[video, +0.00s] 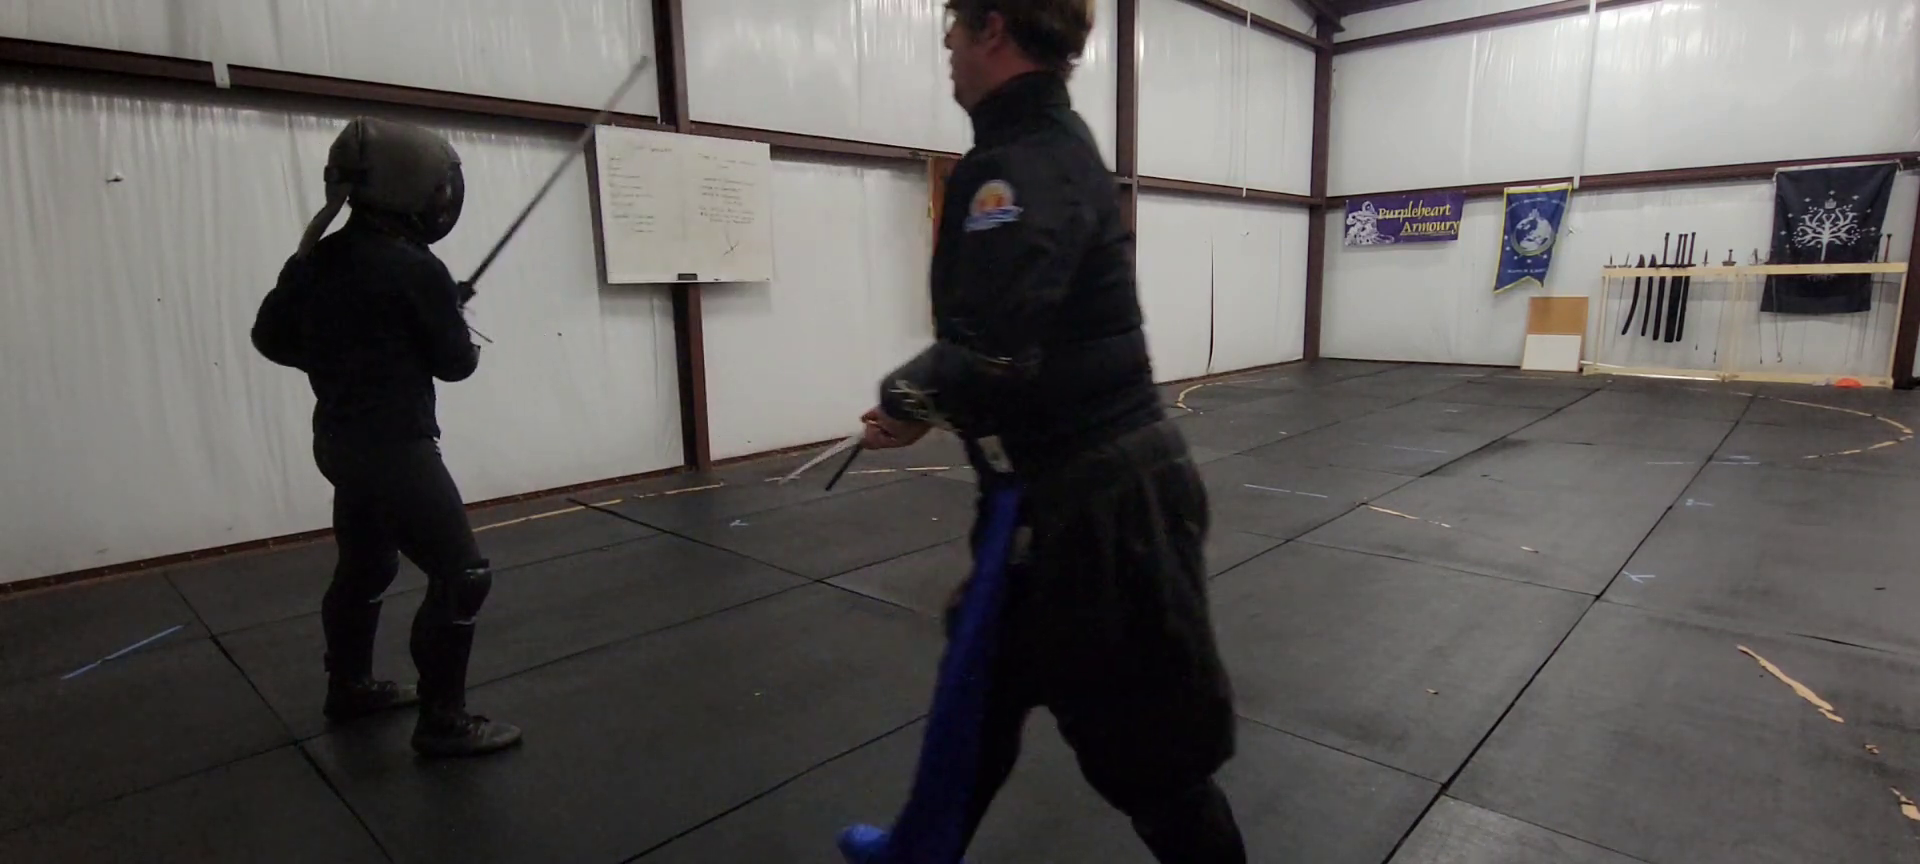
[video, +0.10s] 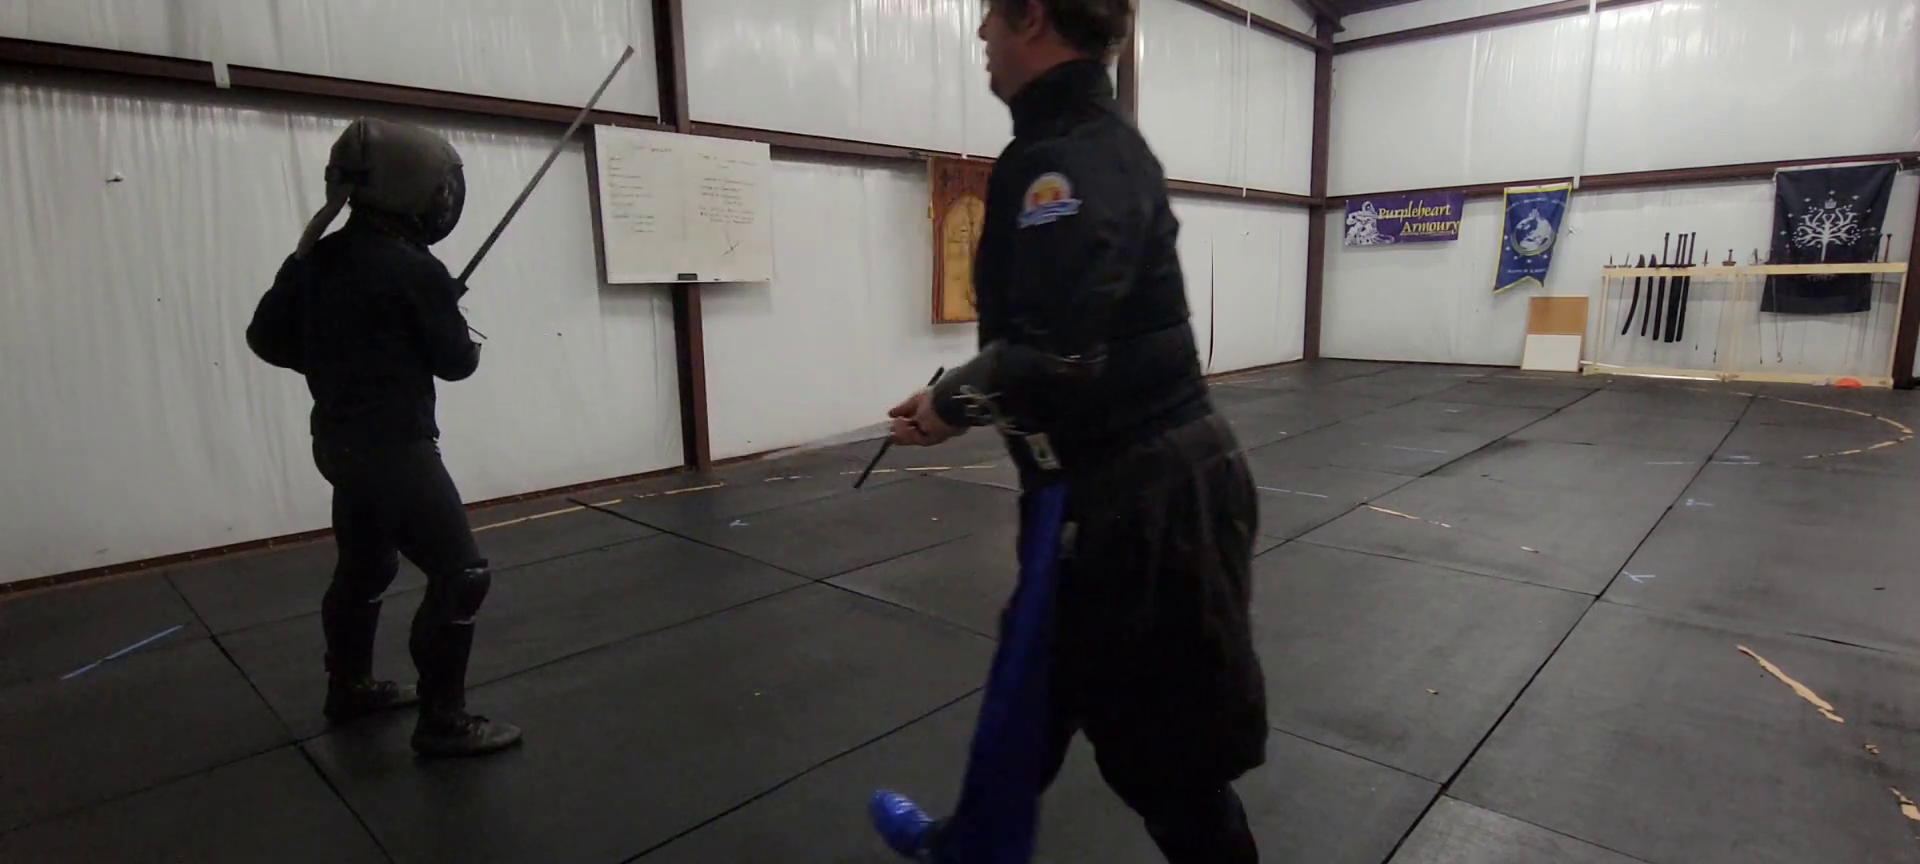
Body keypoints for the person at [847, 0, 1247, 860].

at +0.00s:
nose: (947, 54)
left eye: (956, 35)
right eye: (951, 36)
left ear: (997, 37)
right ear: (1012, 40)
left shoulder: (1023, 164)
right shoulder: (1045, 147)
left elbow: (996, 344)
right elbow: (1004, 327)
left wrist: (912, 401)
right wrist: (931, 389)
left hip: (1101, 493)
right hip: (1077, 483)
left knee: (1138, 747)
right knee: (983, 678)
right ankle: (925, 840)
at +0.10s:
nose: (983, 36)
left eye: (992, 20)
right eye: (986, 20)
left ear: (1033, 24)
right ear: (1060, 31)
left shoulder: (1061, 162)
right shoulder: (1102, 143)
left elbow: (1056, 346)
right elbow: (1066, 331)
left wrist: (952, 399)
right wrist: (967, 392)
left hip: (1133, 491)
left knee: (1155, 755)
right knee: (1034, 683)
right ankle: (977, 835)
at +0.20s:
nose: (1013, 24)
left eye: (1025, 8)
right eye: (1018, 8)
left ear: (1073, 17)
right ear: (1080, 21)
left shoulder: (1112, 143)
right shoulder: (1094, 134)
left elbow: (1110, 341)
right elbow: (1068, 324)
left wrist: (986, 397)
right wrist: (977, 388)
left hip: (1177, 483)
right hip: (1129, 473)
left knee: (1176, 747)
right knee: (1051, 663)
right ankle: (1034, 836)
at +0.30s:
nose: (1040, 20)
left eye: (1053, 4)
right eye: (1043, 5)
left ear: (1106, 12)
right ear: (1117, 17)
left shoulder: (1142, 133)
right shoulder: (1120, 128)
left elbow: (1137, 330)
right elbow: (1082, 317)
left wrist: (1016, 388)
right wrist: (987, 377)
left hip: (1183, 482)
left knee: (1183, 740)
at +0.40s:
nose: (1061, 17)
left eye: (1074, 2)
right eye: (1065, 3)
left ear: (1130, 8)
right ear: (1135, 15)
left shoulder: (1170, 131)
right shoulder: (1131, 128)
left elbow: (1156, 324)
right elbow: (1092, 307)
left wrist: (1031, 375)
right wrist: (996, 360)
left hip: (1187, 479)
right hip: (1142, 471)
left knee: (1174, 721)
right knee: (1094, 674)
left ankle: (1192, 845)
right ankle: (1133, 844)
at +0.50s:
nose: (1077, 10)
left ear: (1146, 5)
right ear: (1151, 12)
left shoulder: (1179, 130)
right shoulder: (1144, 124)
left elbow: (1166, 327)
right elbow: (1100, 298)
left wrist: (1032, 363)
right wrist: (997, 338)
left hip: (1206, 476)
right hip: (1157, 466)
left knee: (1193, 722)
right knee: (1074, 631)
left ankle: (1217, 843)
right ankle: (1115, 847)